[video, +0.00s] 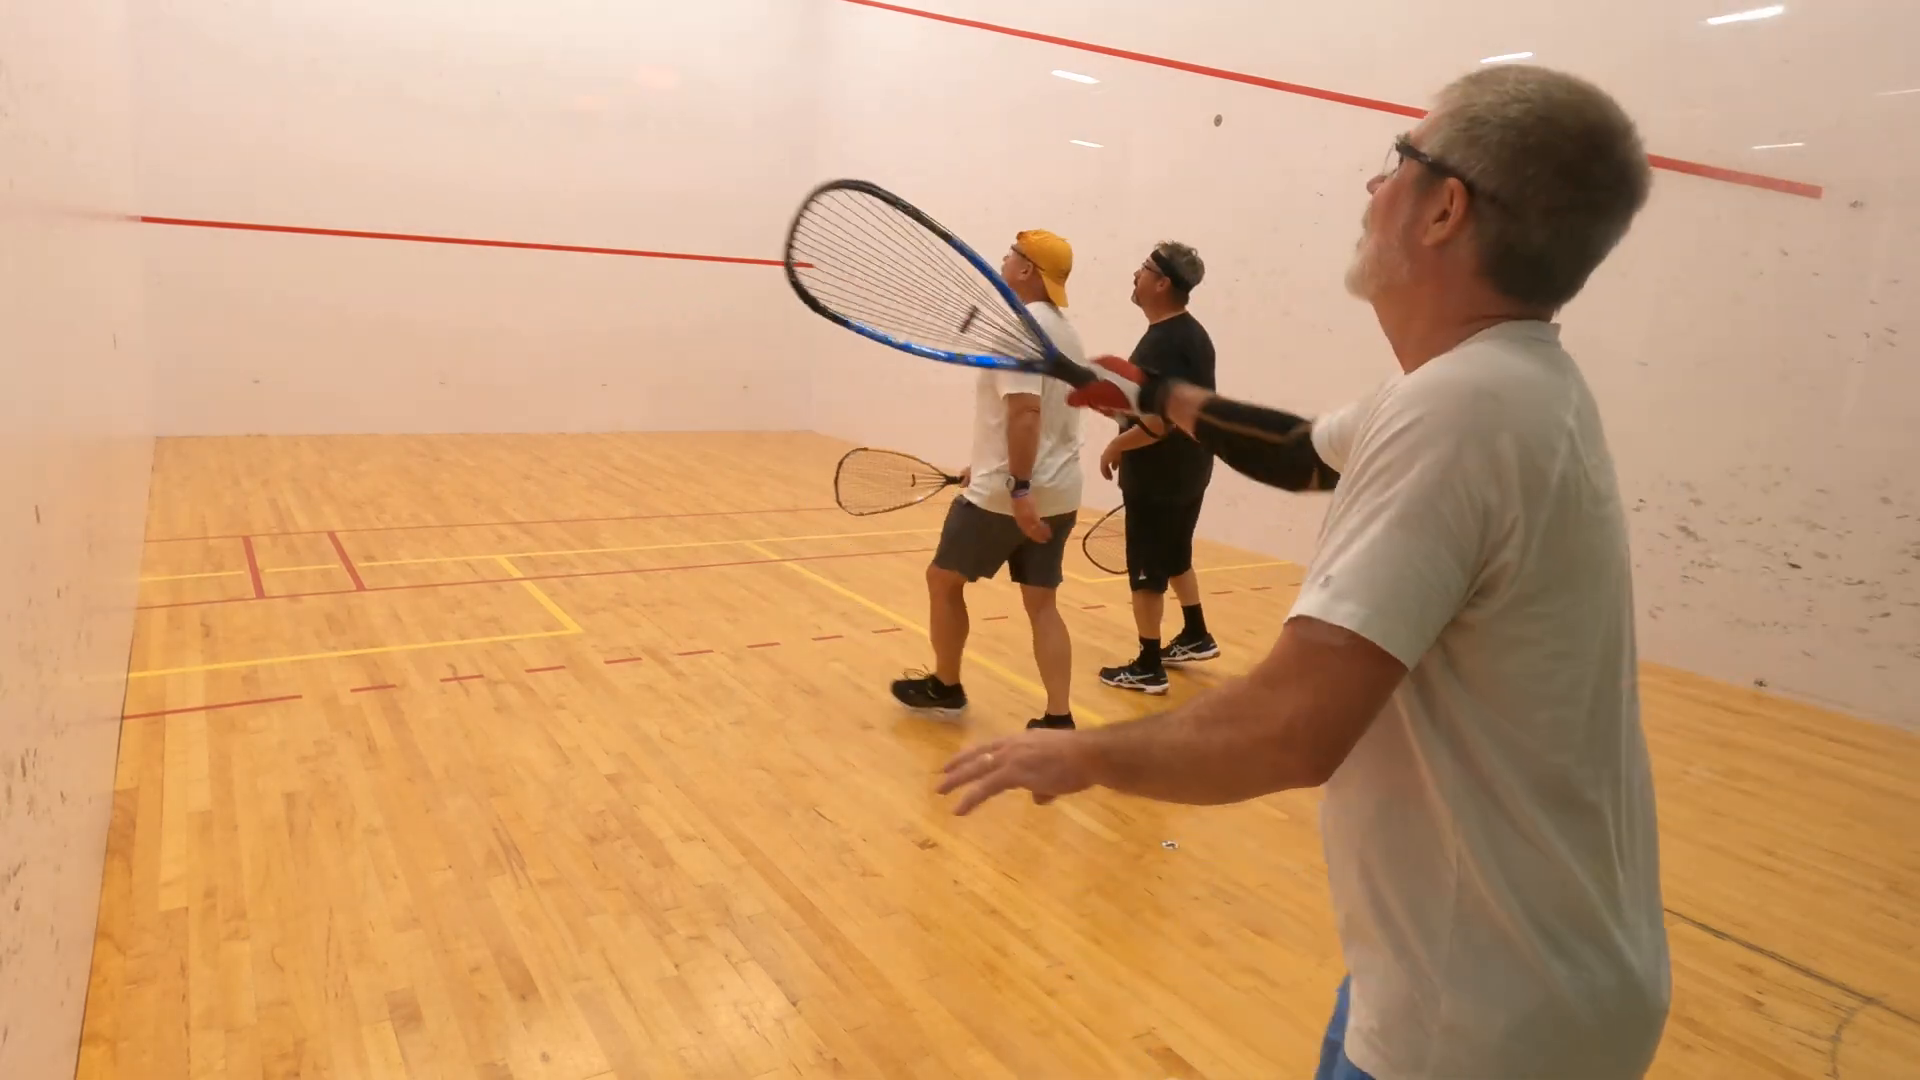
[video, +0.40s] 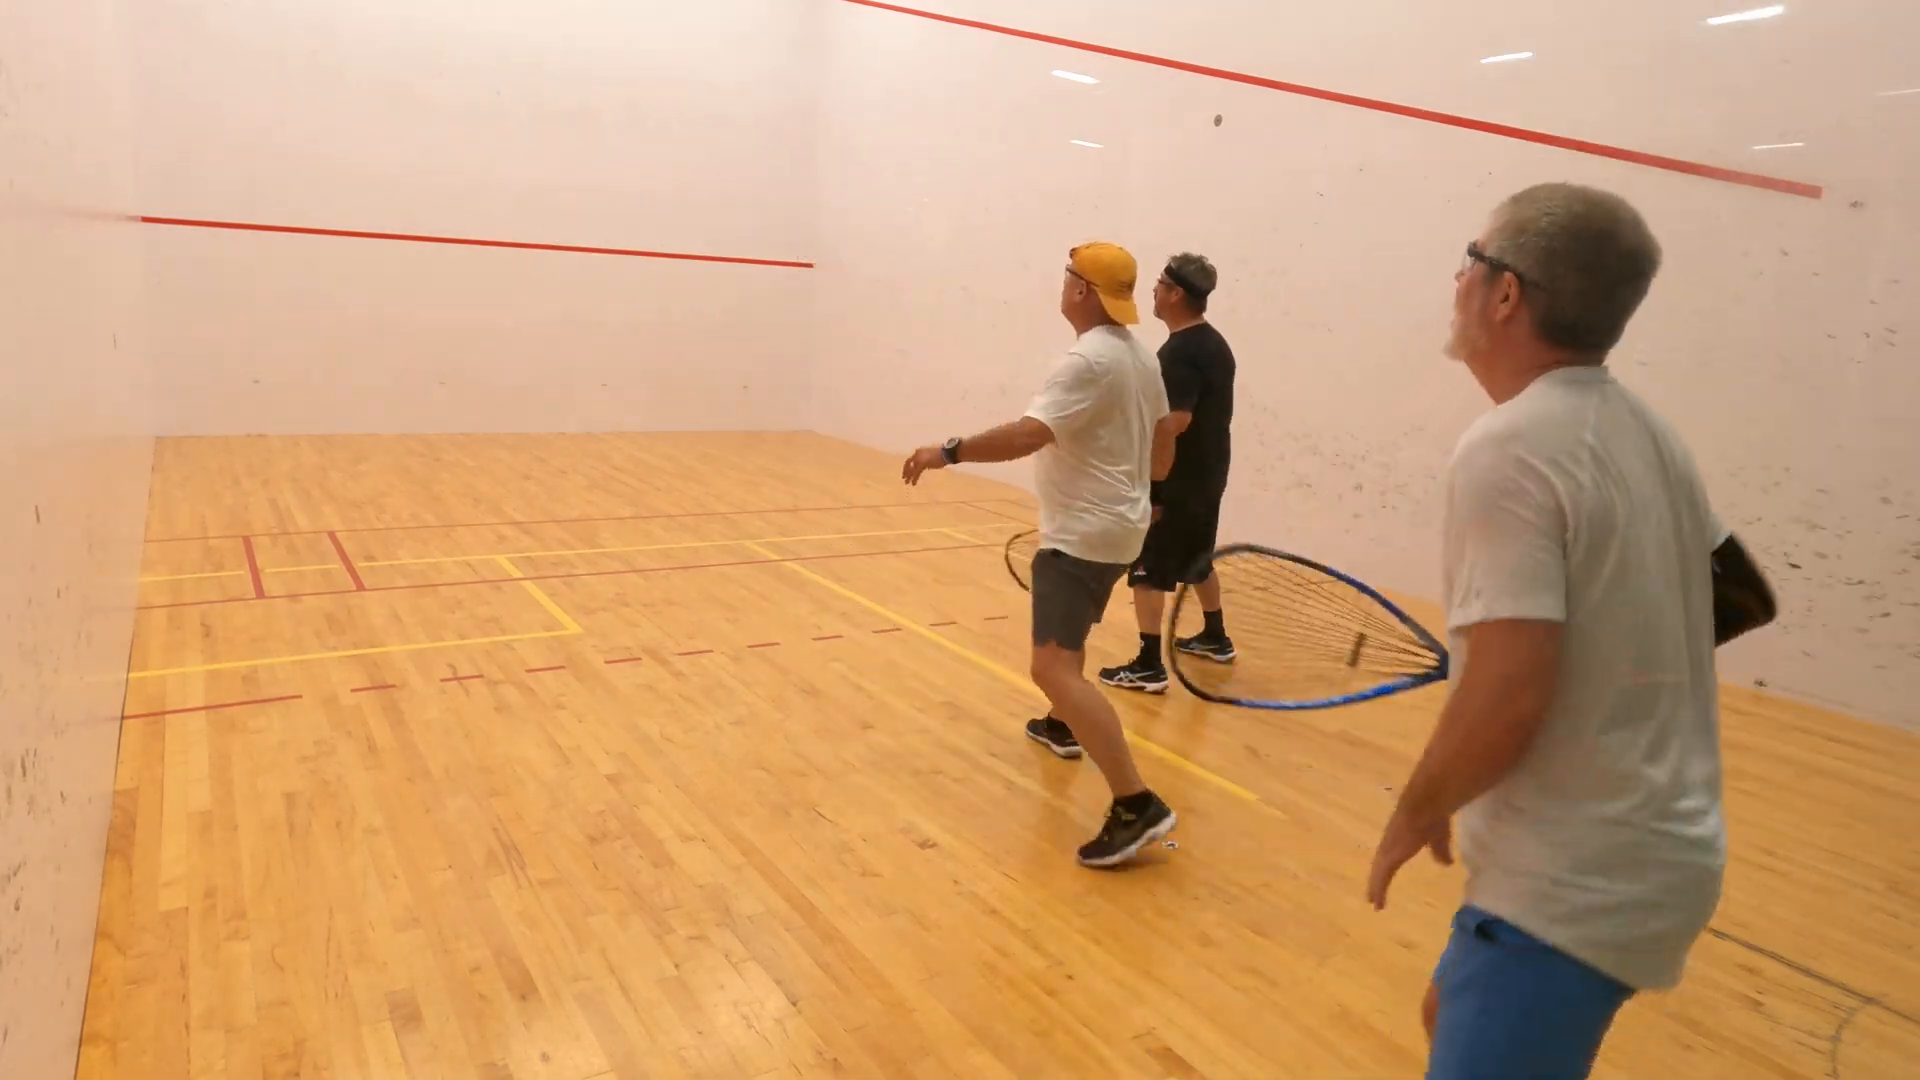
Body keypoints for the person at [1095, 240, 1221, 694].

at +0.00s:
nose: (1135, 275)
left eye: (1144, 271)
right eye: (1140, 268)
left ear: (1162, 285)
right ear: (1172, 288)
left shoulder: (1161, 342)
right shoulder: (1193, 335)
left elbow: (1160, 424)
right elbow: (1182, 412)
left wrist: (1117, 446)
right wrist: (1121, 422)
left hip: (1157, 473)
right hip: (1187, 468)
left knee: (1146, 566)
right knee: (1176, 553)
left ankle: (1148, 665)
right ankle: (1196, 633)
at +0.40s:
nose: (1153, 290)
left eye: (1160, 285)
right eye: (1158, 283)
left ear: (1178, 295)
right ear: (1190, 297)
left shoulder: (1180, 351)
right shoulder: (1213, 344)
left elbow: (1174, 421)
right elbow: (1207, 419)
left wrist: (1147, 482)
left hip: (1178, 482)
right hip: (1206, 480)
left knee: (1147, 566)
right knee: (1197, 556)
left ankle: (1149, 663)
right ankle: (1214, 635)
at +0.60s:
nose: (1168, 294)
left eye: (1175, 287)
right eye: (1170, 286)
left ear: (1196, 292)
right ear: (1205, 293)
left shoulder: (1197, 344)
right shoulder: (1226, 339)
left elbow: (1204, 417)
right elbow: (1221, 413)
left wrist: (1183, 465)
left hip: (1194, 468)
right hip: (1220, 467)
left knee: (1161, 546)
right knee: (1210, 546)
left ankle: (1158, 649)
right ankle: (1216, 634)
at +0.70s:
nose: (1185, 294)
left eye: (1192, 286)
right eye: (1185, 285)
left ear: (1210, 290)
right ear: (1210, 289)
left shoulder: (1218, 339)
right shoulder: (1217, 334)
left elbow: (1217, 411)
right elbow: (1219, 409)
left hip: (1213, 465)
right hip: (1213, 462)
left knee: (1196, 551)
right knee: (1209, 550)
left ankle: (1173, 649)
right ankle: (1215, 635)